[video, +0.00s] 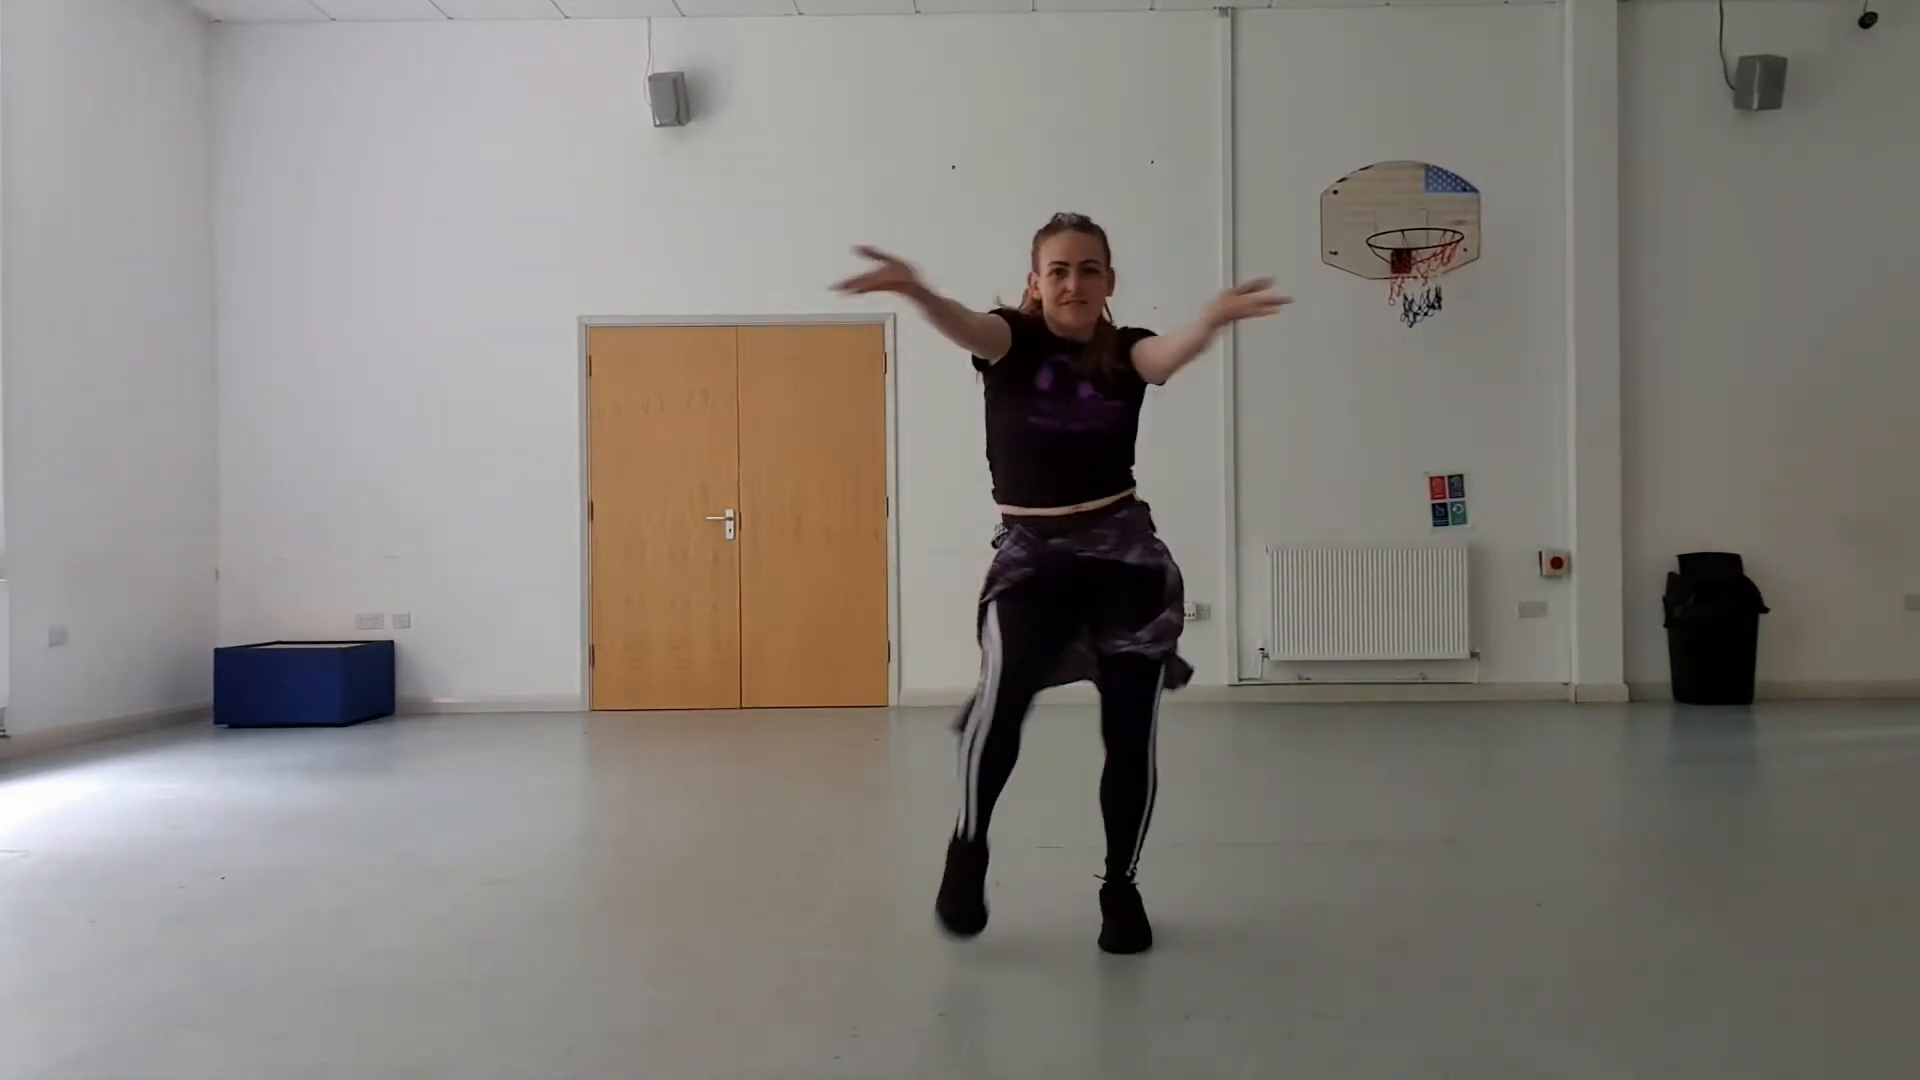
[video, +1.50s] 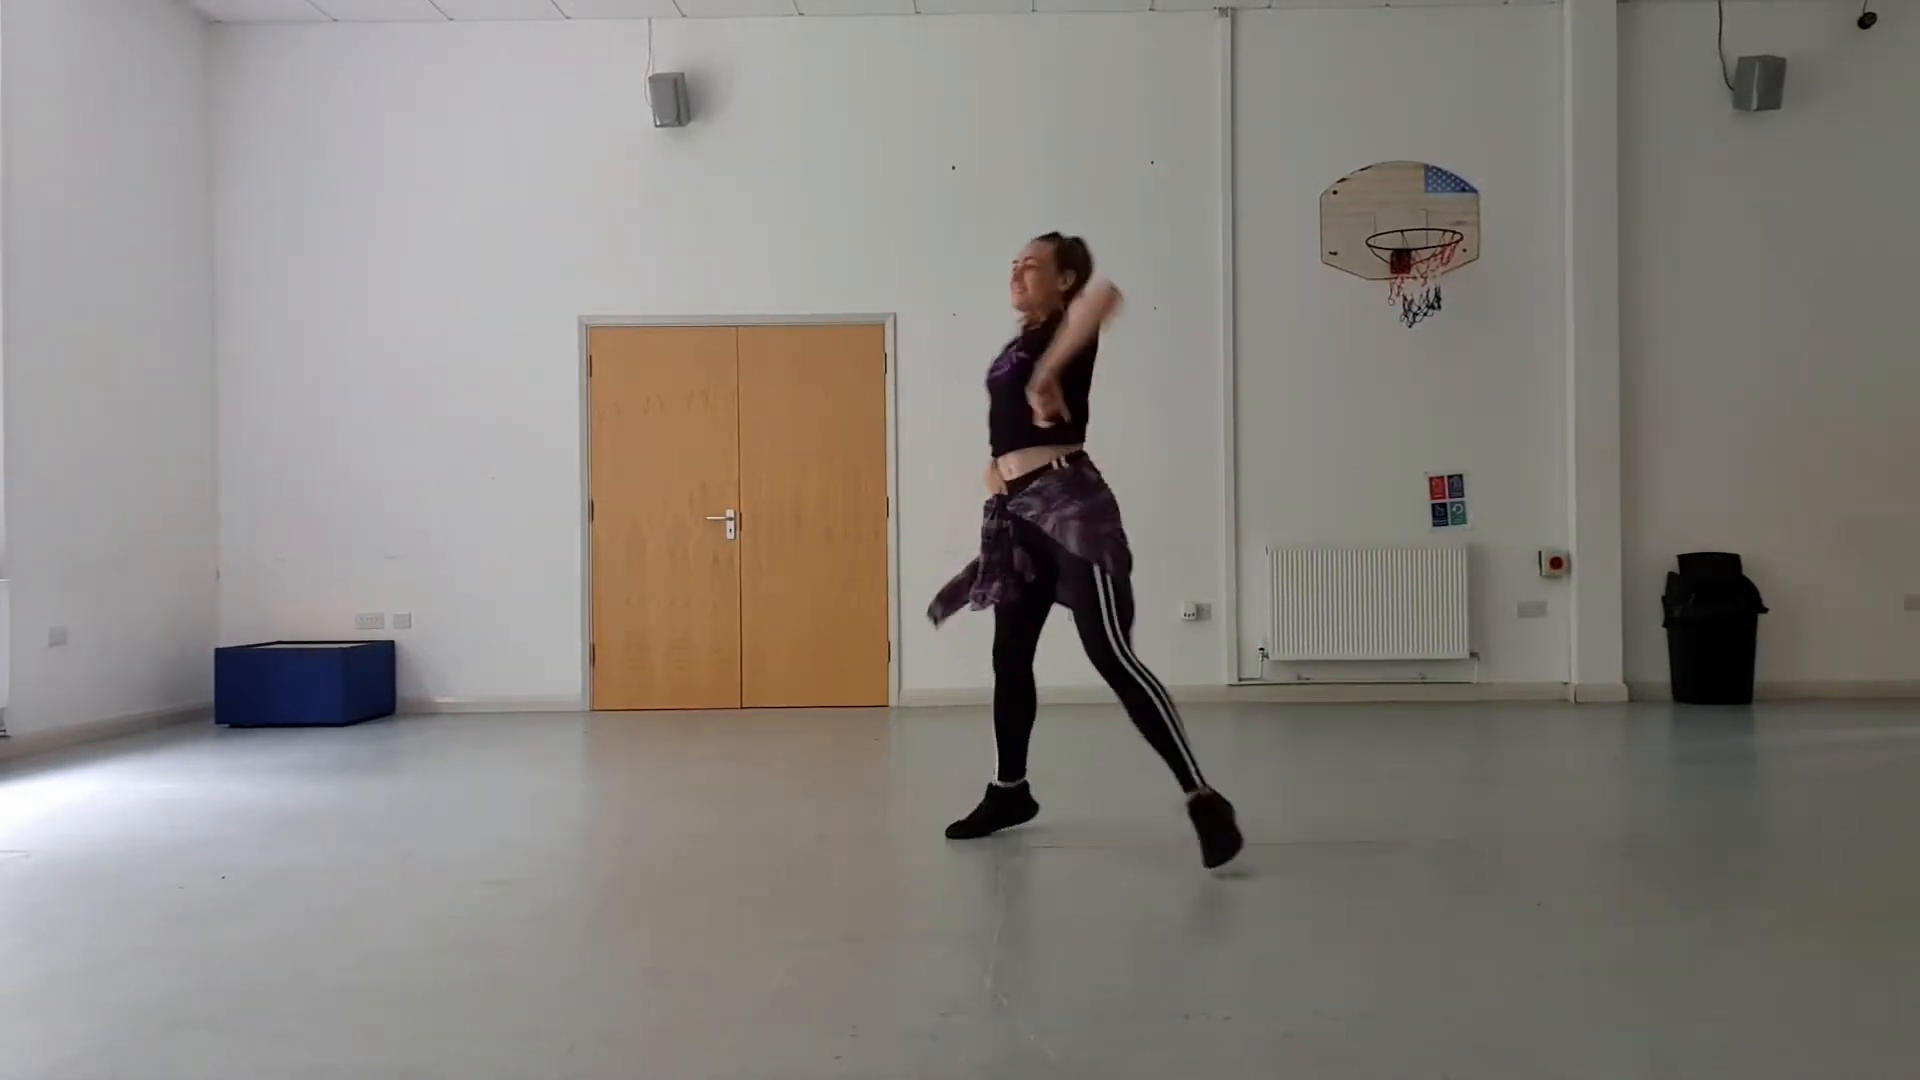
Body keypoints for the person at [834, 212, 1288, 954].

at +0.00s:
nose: (1074, 283)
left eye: (1089, 270)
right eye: (1059, 270)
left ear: (1109, 281)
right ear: (1034, 282)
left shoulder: (1126, 350)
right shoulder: (1008, 340)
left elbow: (1164, 358)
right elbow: (964, 326)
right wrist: (917, 291)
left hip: (1122, 552)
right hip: (1031, 554)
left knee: (1130, 731)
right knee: (1001, 694)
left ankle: (1121, 883)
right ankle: (968, 848)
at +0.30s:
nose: (1068, 297)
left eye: (1083, 283)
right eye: (1052, 286)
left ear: (1108, 294)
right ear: (1032, 299)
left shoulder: (1128, 369)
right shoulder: (1003, 353)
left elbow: (1248, 347)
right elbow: (893, 353)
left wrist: (1365, 309)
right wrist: (786, 342)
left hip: (1098, 553)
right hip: (1021, 556)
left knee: (1130, 716)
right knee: (1065, 735)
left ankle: (1128, 881)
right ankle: (1025, 839)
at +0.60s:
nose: (1039, 269)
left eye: (1053, 258)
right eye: (1026, 259)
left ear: (1075, 273)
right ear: (1008, 274)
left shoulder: (1105, 345)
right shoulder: (987, 346)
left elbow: (1208, 369)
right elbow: (885, 369)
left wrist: (1299, 375)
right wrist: (796, 369)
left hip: (1073, 530)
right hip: (996, 526)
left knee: (1073, 690)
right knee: (1006, 681)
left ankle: (1082, 767)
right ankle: (1013, 839)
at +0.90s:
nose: (1048, 292)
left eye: (1059, 286)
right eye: (1035, 287)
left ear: (1077, 308)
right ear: (1017, 310)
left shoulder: (1100, 373)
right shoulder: (993, 372)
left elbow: (1175, 429)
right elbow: (926, 441)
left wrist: (1244, 482)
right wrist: (860, 490)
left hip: (1074, 534)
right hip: (1002, 533)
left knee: (1064, 677)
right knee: (998, 672)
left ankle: (1054, 798)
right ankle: (997, 814)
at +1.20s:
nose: (1024, 299)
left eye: (1037, 291)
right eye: (1013, 294)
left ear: (1060, 311)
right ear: (1002, 316)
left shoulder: (1082, 383)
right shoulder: (974, 372)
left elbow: (1090, 455)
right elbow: (930, 442)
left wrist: (1091, 484)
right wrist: (924, 528)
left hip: (1064, 537)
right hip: (991, 538)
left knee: (1076, 682)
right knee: (978, 675)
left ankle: (1055, 791)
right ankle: (999, 794)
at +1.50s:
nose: (1014, 277)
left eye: (1028, 269)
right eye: (1014, 269)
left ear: (1064, 282)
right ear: (1017, 286)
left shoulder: (1068, 332)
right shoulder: (1016, 349)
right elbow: (1008, 450)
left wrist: (1046, 374)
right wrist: (997, 488)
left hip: (1072, 504)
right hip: (1019, 516)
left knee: (1111, 654)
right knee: (1010, 659)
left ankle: (1201, 798)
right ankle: (1010, 790)